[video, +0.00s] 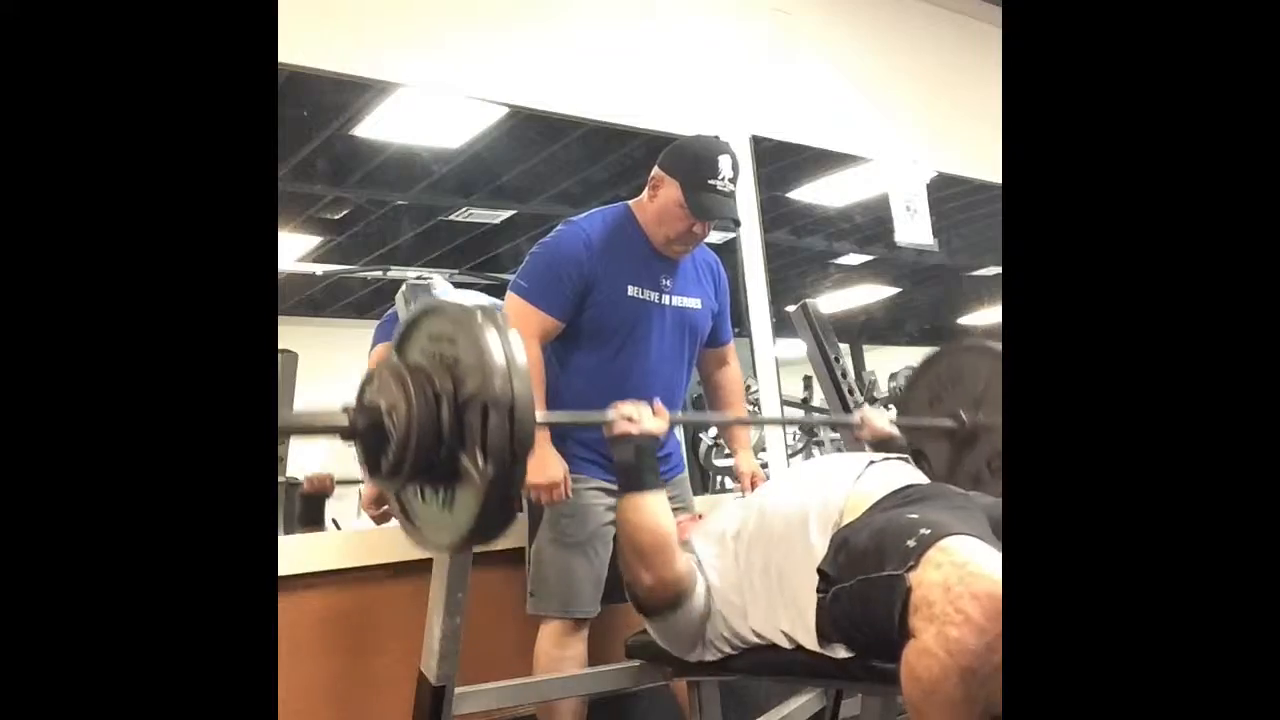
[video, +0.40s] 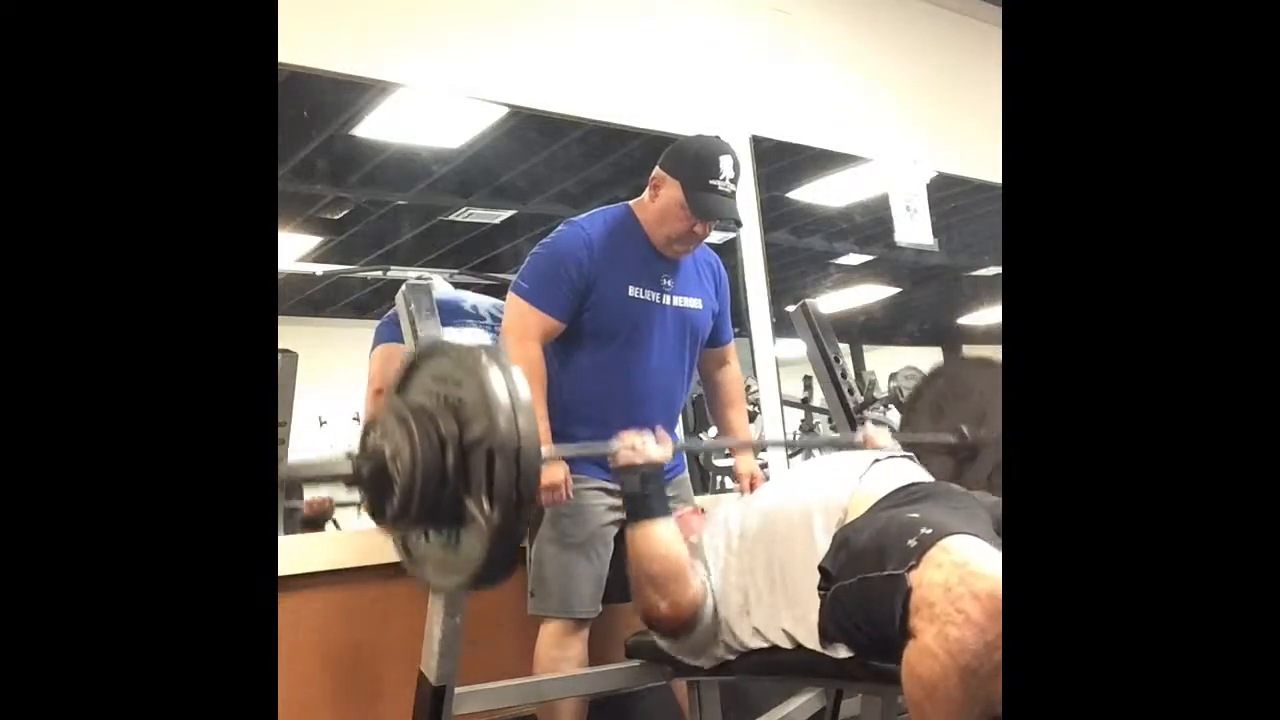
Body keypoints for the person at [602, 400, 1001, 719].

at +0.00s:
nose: (677, 509)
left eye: (674, 506)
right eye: (662, 519)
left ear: (688, 511)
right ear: (657, 549)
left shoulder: (761, 504)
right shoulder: (692, 608)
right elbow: (655, 574)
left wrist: (886, 444)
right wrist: (633, 451)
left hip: (941, 493)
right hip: (862, 533)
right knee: (977, 598)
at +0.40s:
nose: (682, 508)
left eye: (682, 502)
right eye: (670, 517)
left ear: (698, 503)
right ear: (666, 546)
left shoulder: (767, 498)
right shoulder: (696, 603)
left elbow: (901, 476)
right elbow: (667, 604)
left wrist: (878, 445)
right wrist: (642, 485)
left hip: (937, 492)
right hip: (867, 530)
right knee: (978, 602)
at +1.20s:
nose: (680, 504)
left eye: (676, 499)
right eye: (661, 511)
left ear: (690, 499)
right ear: (647, 553)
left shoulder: (781, 493)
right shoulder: (688, 596)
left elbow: (897, 481)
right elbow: (653, 544)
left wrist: (876, 419)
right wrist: (632, 423)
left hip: (958, 496)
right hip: (865, 531)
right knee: (978, 599)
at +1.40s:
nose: (681, 508)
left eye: (678, 506)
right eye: (666, 518)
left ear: (690, 511)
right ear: (661, 540)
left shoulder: (760, 502)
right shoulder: (692, 607)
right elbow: (667, 595)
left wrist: (882, 450)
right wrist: (638, 482)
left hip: (953, 498)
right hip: (870, 527)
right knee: (976, 602)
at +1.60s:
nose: (684, 495)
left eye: (681, 489)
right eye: (669, 501)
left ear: (699, 495)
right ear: (665, 538)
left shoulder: (757, 506)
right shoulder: (692, 577)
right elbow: (682, 647)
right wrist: (649, 528)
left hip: (945, 495)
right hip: (868, 533)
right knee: (978, 609)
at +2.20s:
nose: (674, 511)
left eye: (673, 505)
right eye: (659, 518)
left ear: (686, 507)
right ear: (644, 555)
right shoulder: (686, 597)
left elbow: (893, 481)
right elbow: (643, 547)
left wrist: (876, 423)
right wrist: (628, 429)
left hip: (953, 495)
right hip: (861, 529)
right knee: (978, 588)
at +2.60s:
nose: (692, 497)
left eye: (688, 493)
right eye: (676, 503)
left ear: (701, 500)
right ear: (665, 532)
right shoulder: (688, 577)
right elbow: (672, 643)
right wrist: (644, 520)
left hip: (947, 493)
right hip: (877, 524)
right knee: (979, 605)